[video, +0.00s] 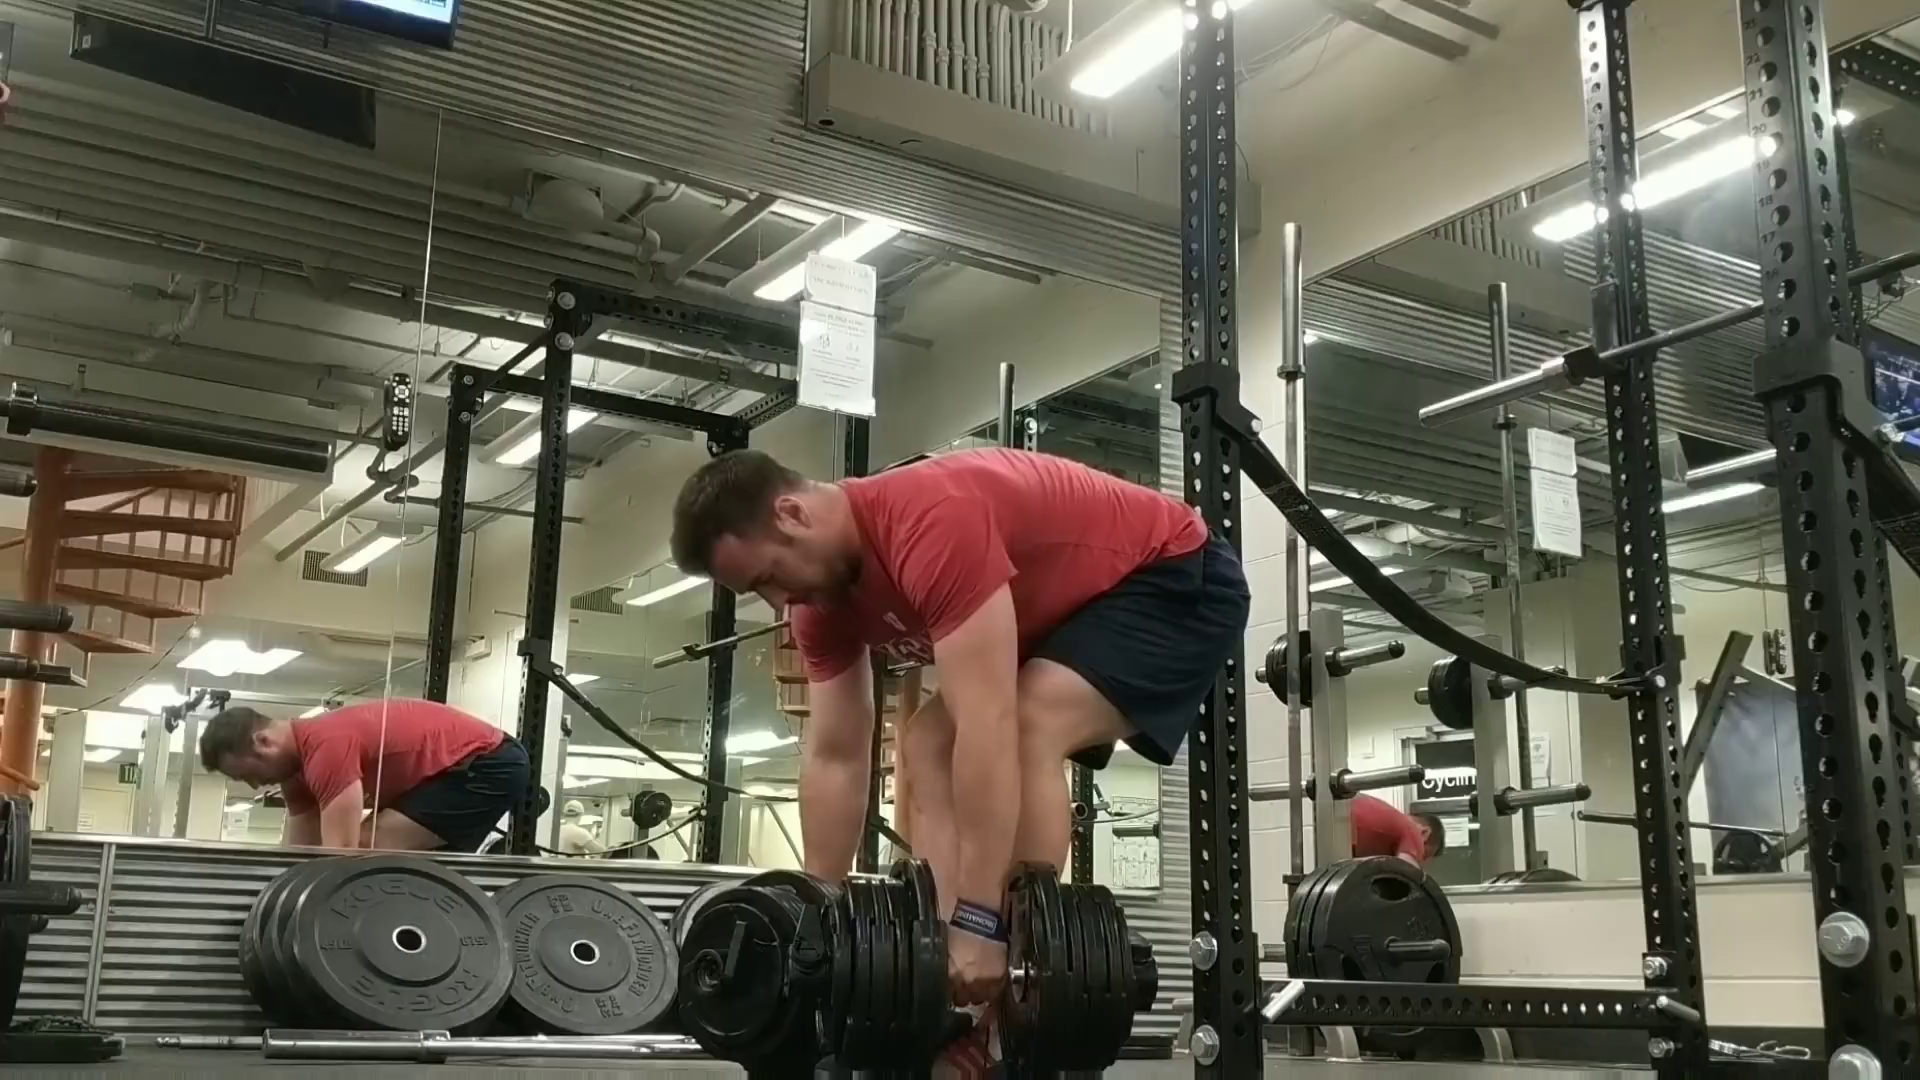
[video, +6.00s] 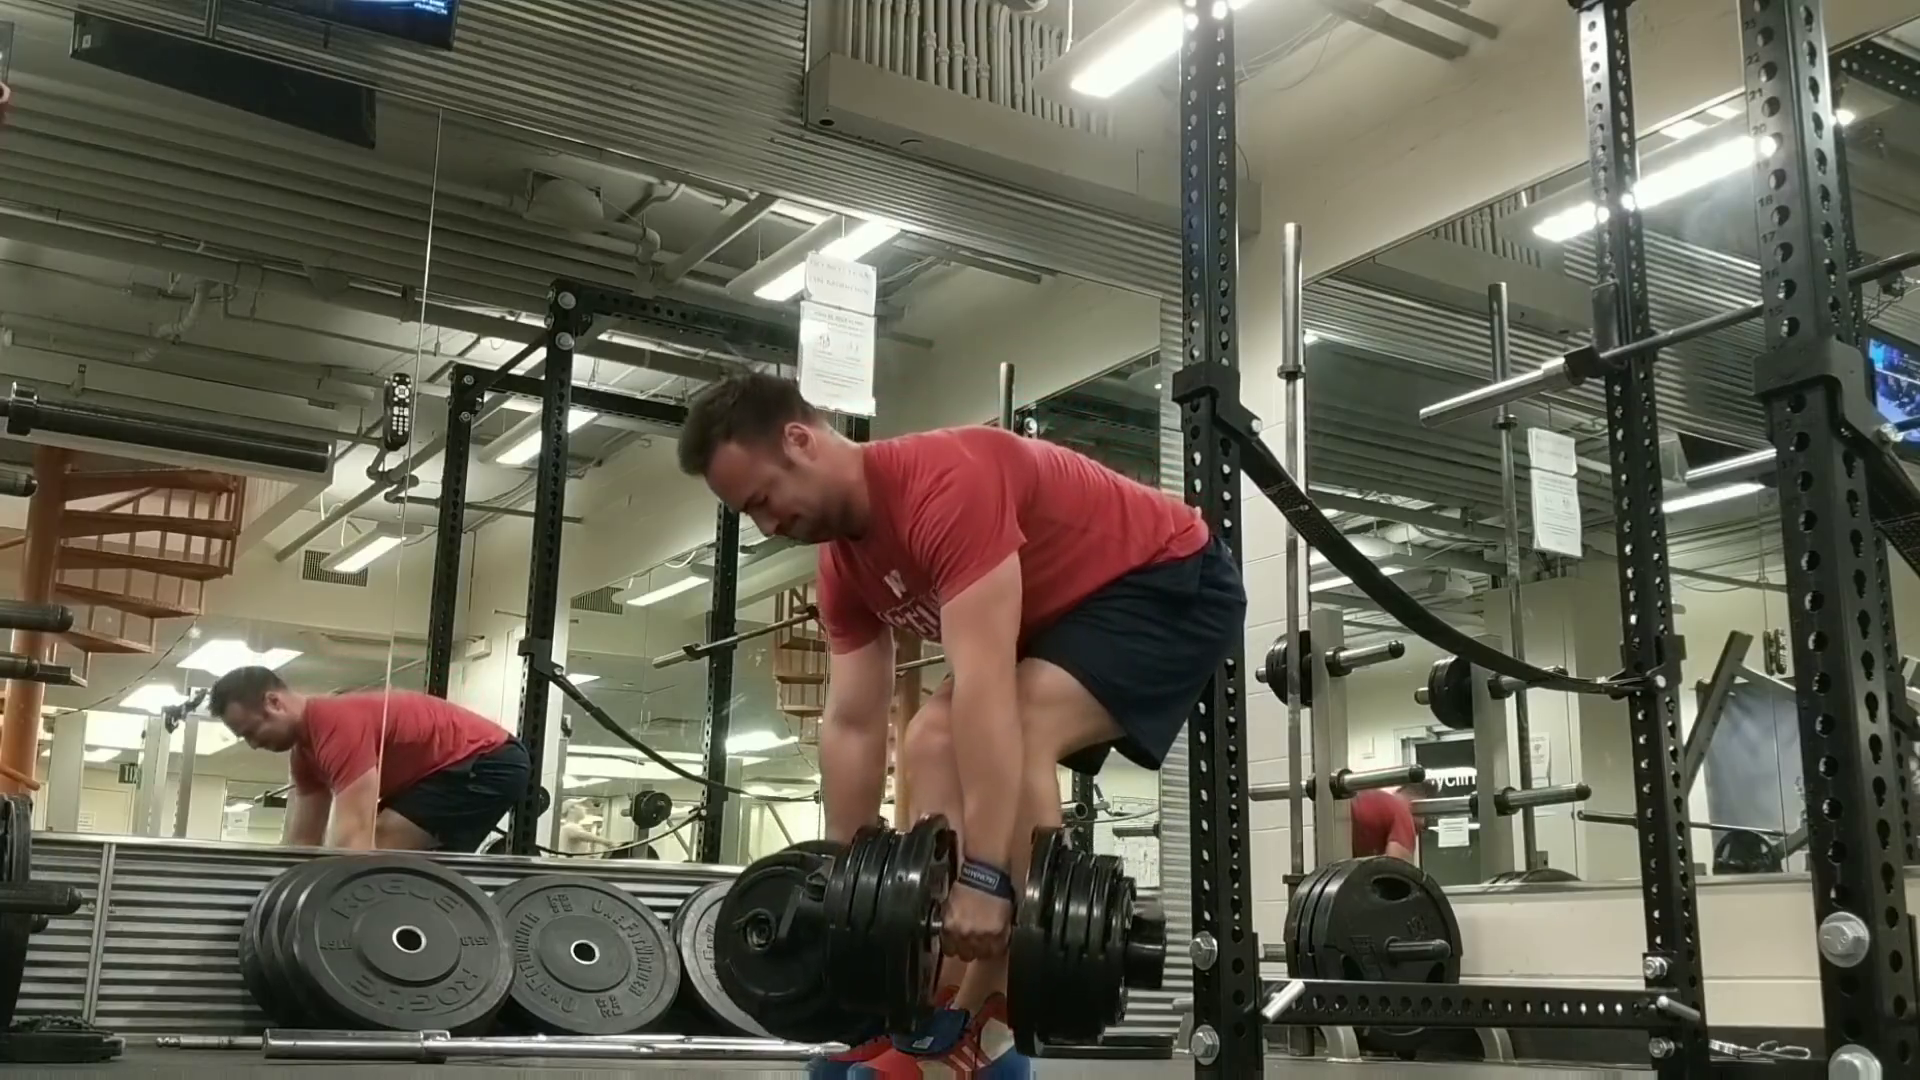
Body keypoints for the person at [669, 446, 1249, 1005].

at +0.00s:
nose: (777, 605)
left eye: (766, 581)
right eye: (757, 595)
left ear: (793, 515)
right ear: (794, 518)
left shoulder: (937, 521)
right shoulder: (826, 596)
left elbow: (987, 720)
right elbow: (833, 754)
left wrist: (980, 922)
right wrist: (817, 926)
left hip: (1173, 576)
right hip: (1063, 610)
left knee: (1025, 722)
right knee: (928, 733)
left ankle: (1024, 980)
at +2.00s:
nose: (778, 610)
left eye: (772, 584)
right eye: (761, 597)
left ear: (807, 523)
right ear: (806, 523)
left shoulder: (947, 525)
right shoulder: (859, 608)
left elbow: (1018, 722)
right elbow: (883, 764)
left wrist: (1049, 920)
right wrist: (886, 944)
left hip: (1186, 584)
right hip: (1082, 613)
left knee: (1021, 728)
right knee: (944, 730)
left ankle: (976, 1025)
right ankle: (918, 1007)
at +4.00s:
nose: (757, 557)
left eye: (755, 530)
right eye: (742, 545)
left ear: (797, 470)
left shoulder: (944, 505)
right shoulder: (837, 591)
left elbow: (992, 703)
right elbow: (858, 746)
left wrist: (1001, 905)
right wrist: (850, 912)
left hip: (1169, 581)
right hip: (1062, 615)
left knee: (1021, 725)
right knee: (929, 738)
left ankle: (994, 1024)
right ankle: (927, 1021)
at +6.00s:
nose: (764, 525)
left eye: (762, 499)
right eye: (748, 515)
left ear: (803, 439)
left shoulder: (952, 483)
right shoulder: (845, 566)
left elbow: (985, 687)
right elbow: (854, 723)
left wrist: (985, 879)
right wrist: (845, 884)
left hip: (1167, 580)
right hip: (1061, 615)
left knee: (1015, 726)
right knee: (933, 737)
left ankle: (991, 1029)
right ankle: (935, 1018)